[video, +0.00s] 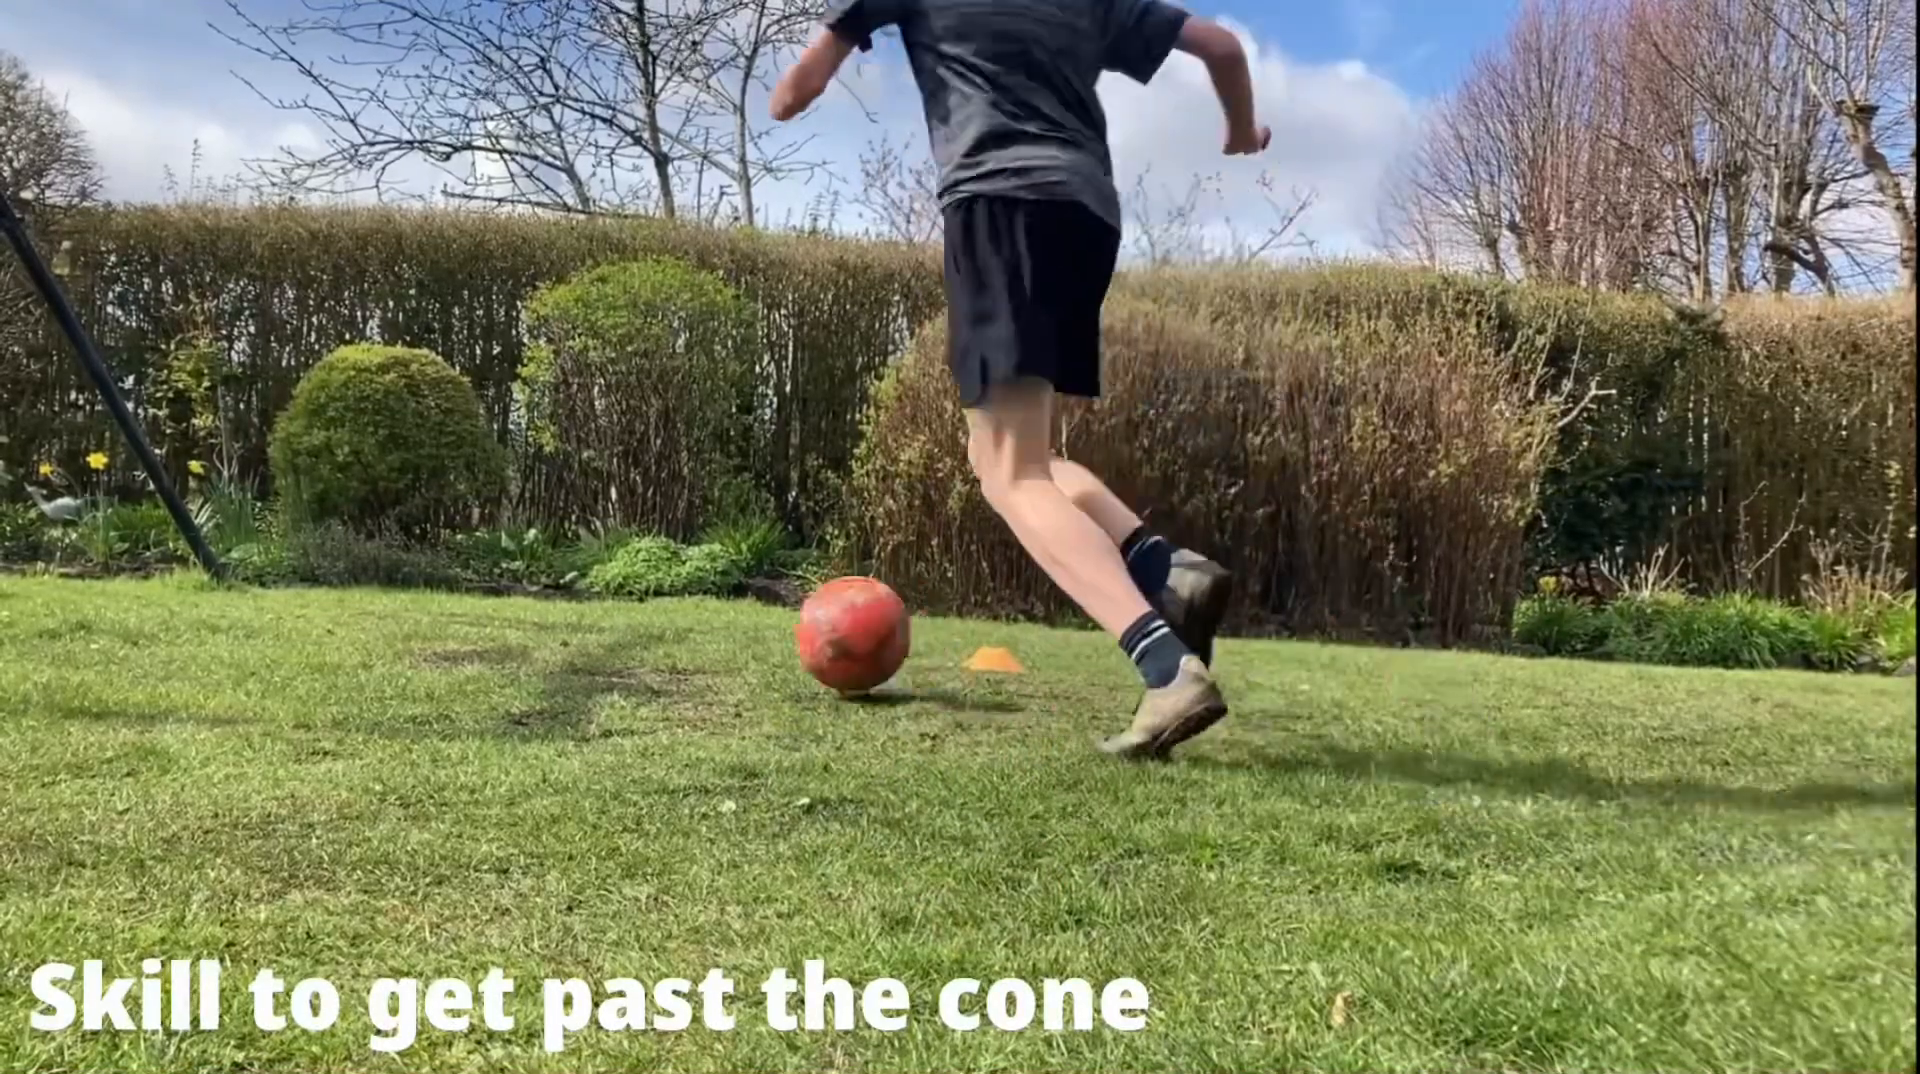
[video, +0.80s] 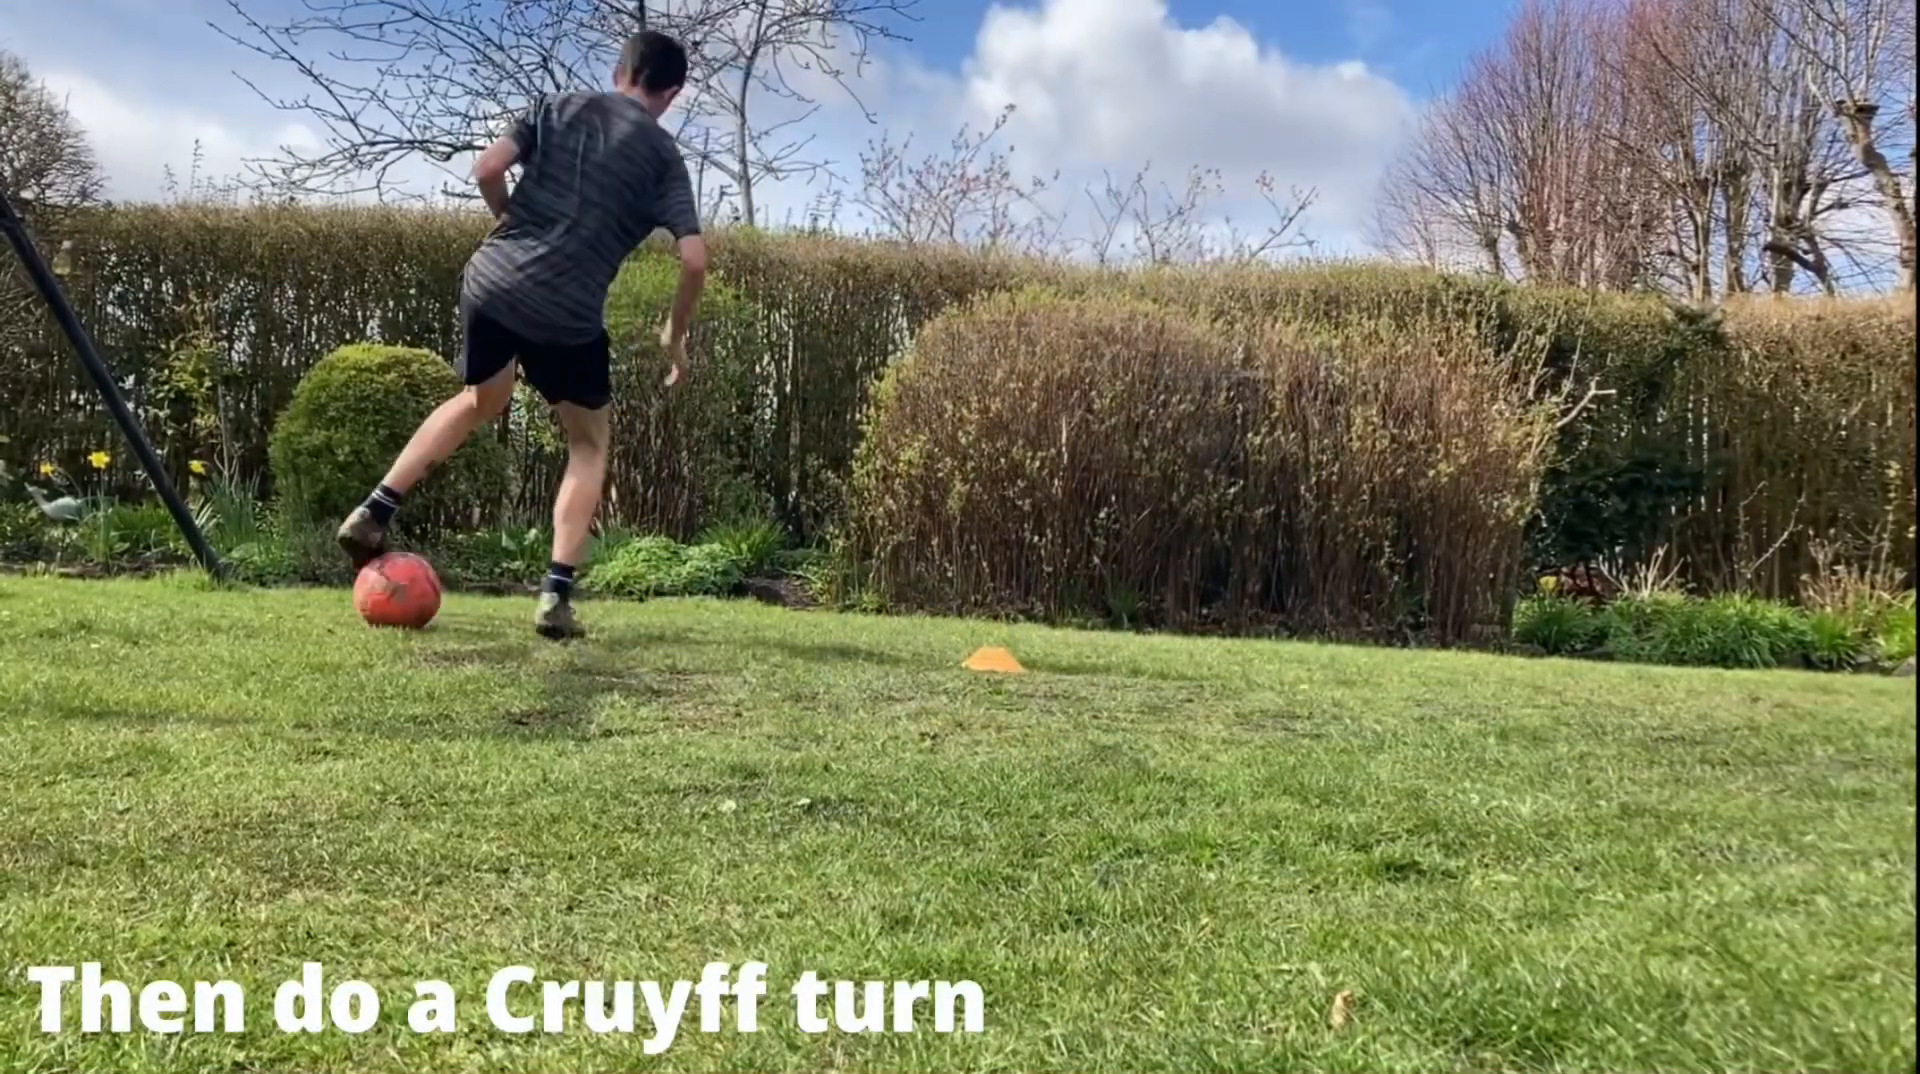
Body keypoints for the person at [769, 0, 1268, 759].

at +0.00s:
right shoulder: (1093, 2)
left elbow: (802, 80)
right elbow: (1224, 45)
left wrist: (786, 97)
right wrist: (1242, 124)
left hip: (1000, 196)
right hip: (1091, 206)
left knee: (1016, 473)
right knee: (1015, 454)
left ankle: (1171, 674)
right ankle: (1167, 571)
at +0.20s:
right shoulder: (943, 13)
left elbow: (738, 72)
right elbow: (1017, 106)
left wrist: (696, 97)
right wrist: (984, 231)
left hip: (835, 201)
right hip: (927, 209)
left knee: (793, 418)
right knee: (882, 429)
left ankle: (889, 546)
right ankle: (926, 649)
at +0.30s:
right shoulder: (859, 10)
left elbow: (654, 75)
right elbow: (939, 96)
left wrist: (621, 111)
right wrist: (934, 230)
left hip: (767, 193)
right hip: (859, 213)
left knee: (703, 396)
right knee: (801, 421)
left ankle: (716, 612)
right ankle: (897, 580)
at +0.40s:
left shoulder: (657, 10)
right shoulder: (799, 18)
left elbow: (562, 113)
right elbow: (886, 93)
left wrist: (599, 98)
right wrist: (936, 224)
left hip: (700, 227)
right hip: (785, 249)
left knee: (656, 432)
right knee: (714, 419)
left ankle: (667, 637)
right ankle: (770, 550)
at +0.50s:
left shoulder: (615, 19)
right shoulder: (755, 36)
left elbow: (538, 116)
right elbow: (832, 95)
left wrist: (602, 103)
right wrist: (887, 211)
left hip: (626, 239)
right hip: (714, 255)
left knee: (605, 429)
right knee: (672, 411)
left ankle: (629, 561)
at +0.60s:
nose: (636, 11)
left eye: (638, 4)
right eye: (645, 9)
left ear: (647, 4)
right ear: (703, 16)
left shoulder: (591, 46)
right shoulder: (726, 72)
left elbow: (531, 151)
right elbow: (789, 158)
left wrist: (582, 140)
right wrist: (818, 275)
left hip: (574, 268)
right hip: (660, 285)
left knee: (532, 410)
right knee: (617, 445)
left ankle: (508, 485)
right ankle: (581, 601)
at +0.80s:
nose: (638, 90)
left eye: (624, 72)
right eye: (670, 94)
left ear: (621, 72)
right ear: (673, 95)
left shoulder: (559, 104)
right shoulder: (663, 154)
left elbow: (487, 168)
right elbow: (696, 261)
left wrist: (510, 220)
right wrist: (676, 335)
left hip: (489, 284)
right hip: (564, 315)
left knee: (481, 397)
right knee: (587, 446)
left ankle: (375, 510)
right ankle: (556, 595)